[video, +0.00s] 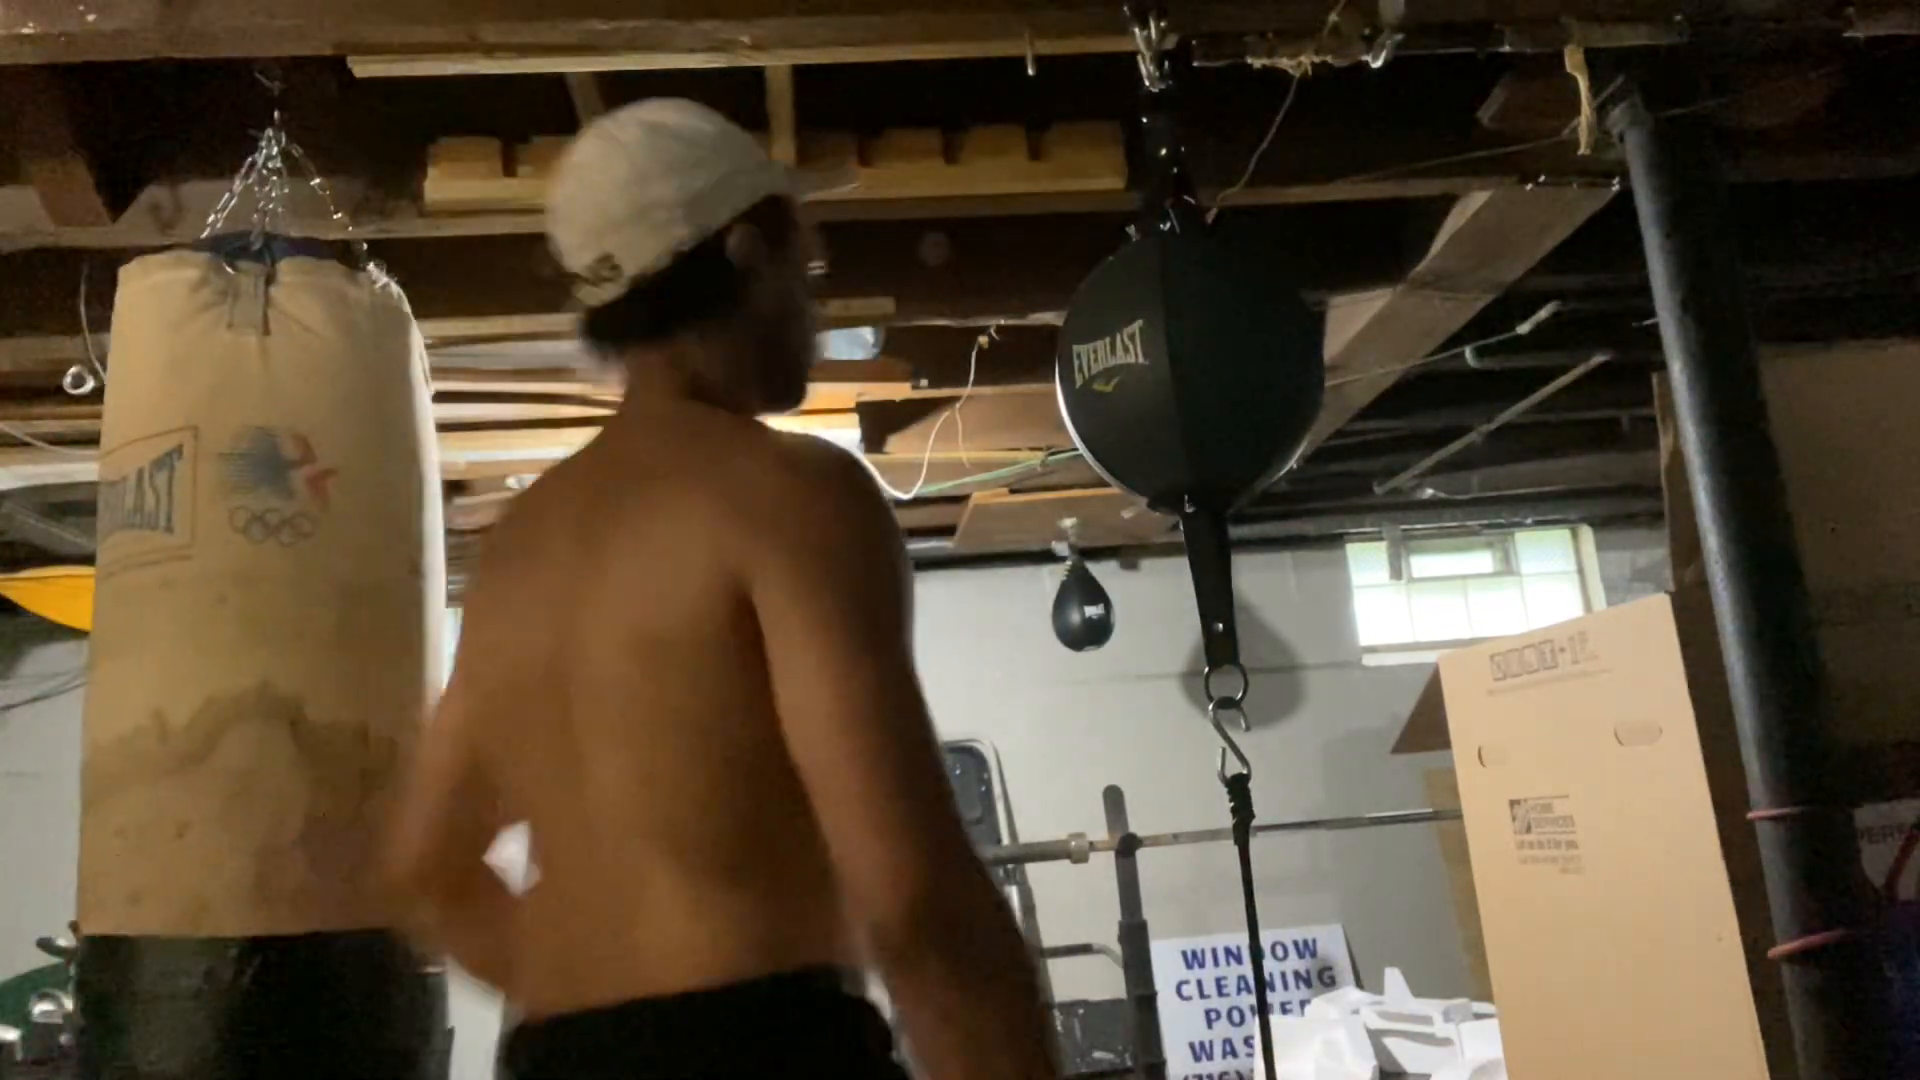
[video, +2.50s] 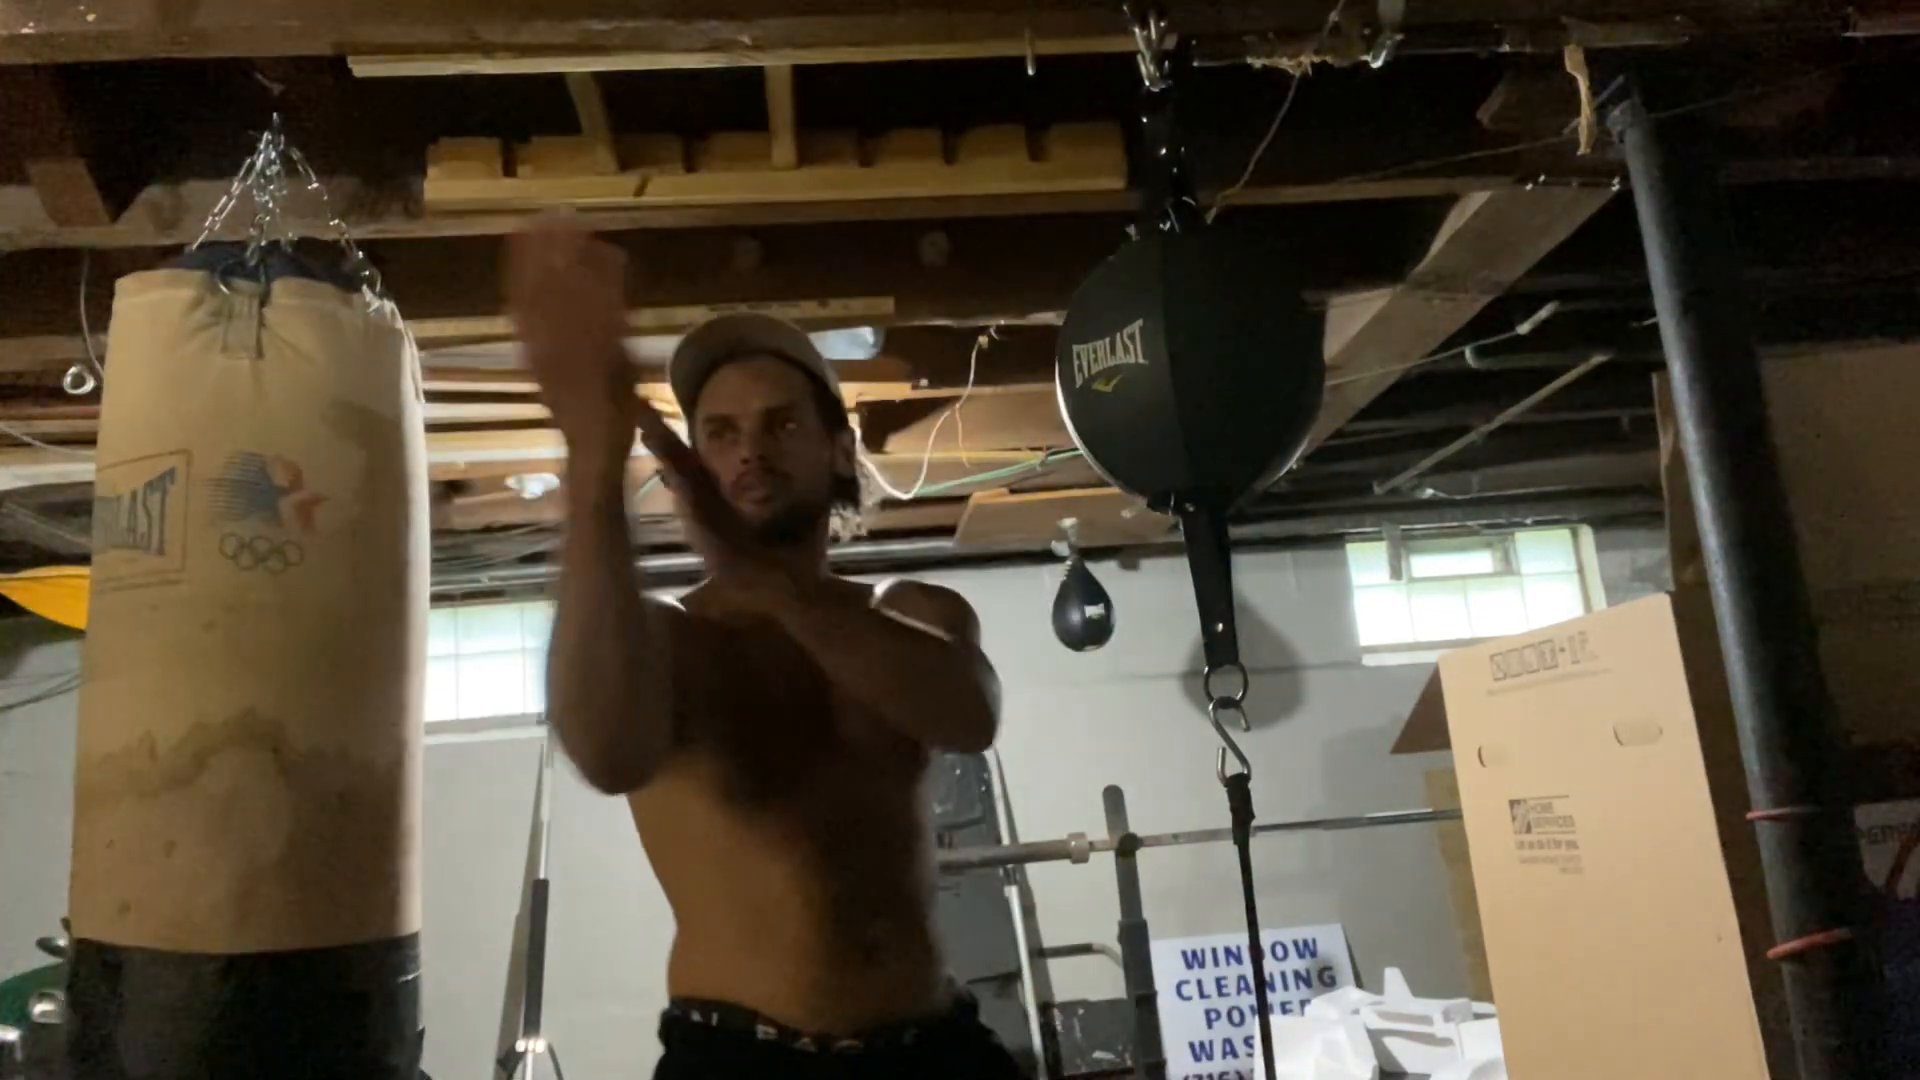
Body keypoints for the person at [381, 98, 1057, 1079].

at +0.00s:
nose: (812, 296)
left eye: (804, 261)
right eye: (796, 261)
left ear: (624, 296)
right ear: (741, 256)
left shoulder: (523, 532)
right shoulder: (786, 488)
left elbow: (424, 865)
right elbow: (912, 904)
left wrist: (581, 988)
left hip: (560, 1044)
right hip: (765, 1023)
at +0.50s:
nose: (907, 381)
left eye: (897, 355)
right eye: (871, 358)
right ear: (780, 393)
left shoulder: (887, 589)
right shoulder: (727, 584)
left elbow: (1081, 709)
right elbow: (928, 830)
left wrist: (1288, 802)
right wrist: (1196, 974)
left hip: (956, 1021)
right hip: (837, 1026)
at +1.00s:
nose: (805, 427)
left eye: (830, 406)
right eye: (776, 411)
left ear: (873, 435)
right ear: (741, 446)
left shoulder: (924, 550)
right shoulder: (688, 588)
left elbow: (994, 592)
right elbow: (750, 655)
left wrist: (742, 498)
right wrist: (982, 549)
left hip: (961, 983)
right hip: (792, 993)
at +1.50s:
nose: (687, 422)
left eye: (717, 400)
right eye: (663, 405)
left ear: (775, 429)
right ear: (642, 438)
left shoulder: (846, 607)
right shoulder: (575, 602)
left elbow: (988, 675)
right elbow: (323, 709)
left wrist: (812, 480)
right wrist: (412, 499)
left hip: (852, 1030)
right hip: (660, 1036)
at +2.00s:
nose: (834, 443)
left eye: (857, 414)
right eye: (805, 423)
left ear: (904, 432)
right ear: (777, 459)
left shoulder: (980, 607)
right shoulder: (709, 620)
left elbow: (1127, 696)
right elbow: (483, 716)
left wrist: (947, 493)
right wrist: (461, 483)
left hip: (996, 1032)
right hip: (811, 1039)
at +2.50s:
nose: (751, 451)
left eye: (782, 424)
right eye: (722, 433)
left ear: (838, 452)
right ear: (691, 466)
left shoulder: (920, 615)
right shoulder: (656, 632)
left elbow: (967, 720)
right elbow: (608, 754)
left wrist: (764, 575)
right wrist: (592, 451)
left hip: (926, 1047)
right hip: (738, 1050)